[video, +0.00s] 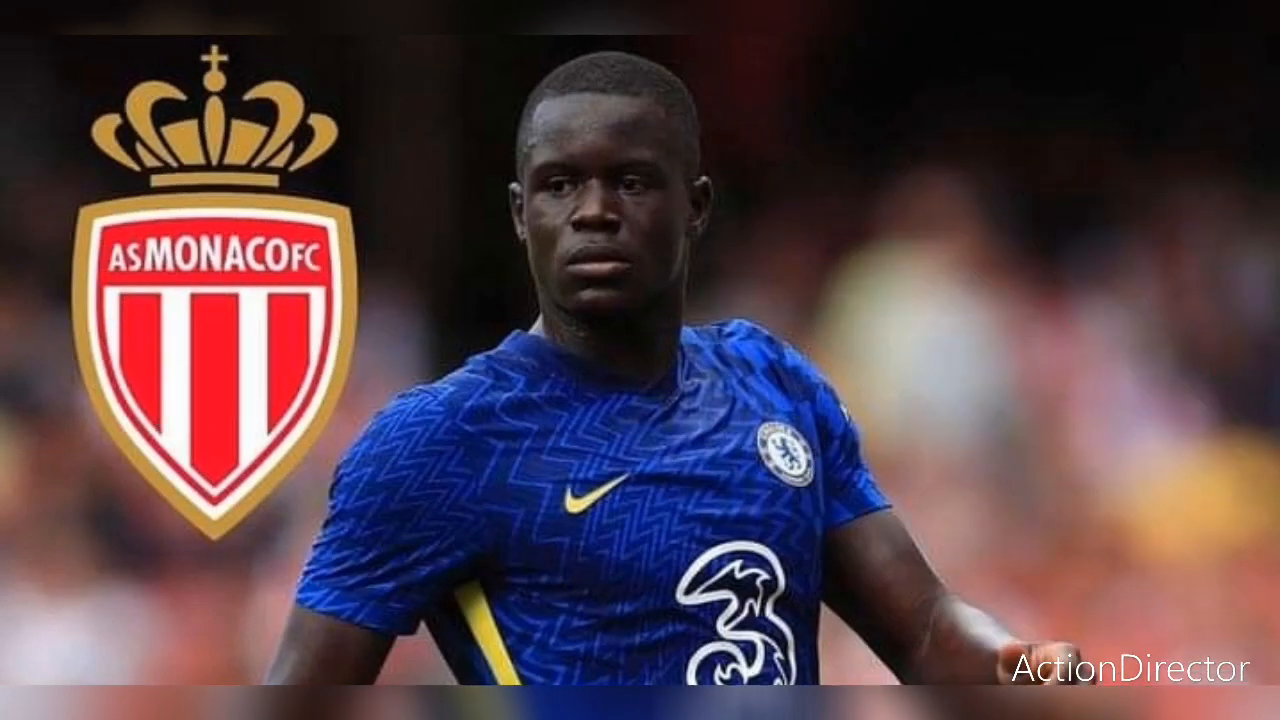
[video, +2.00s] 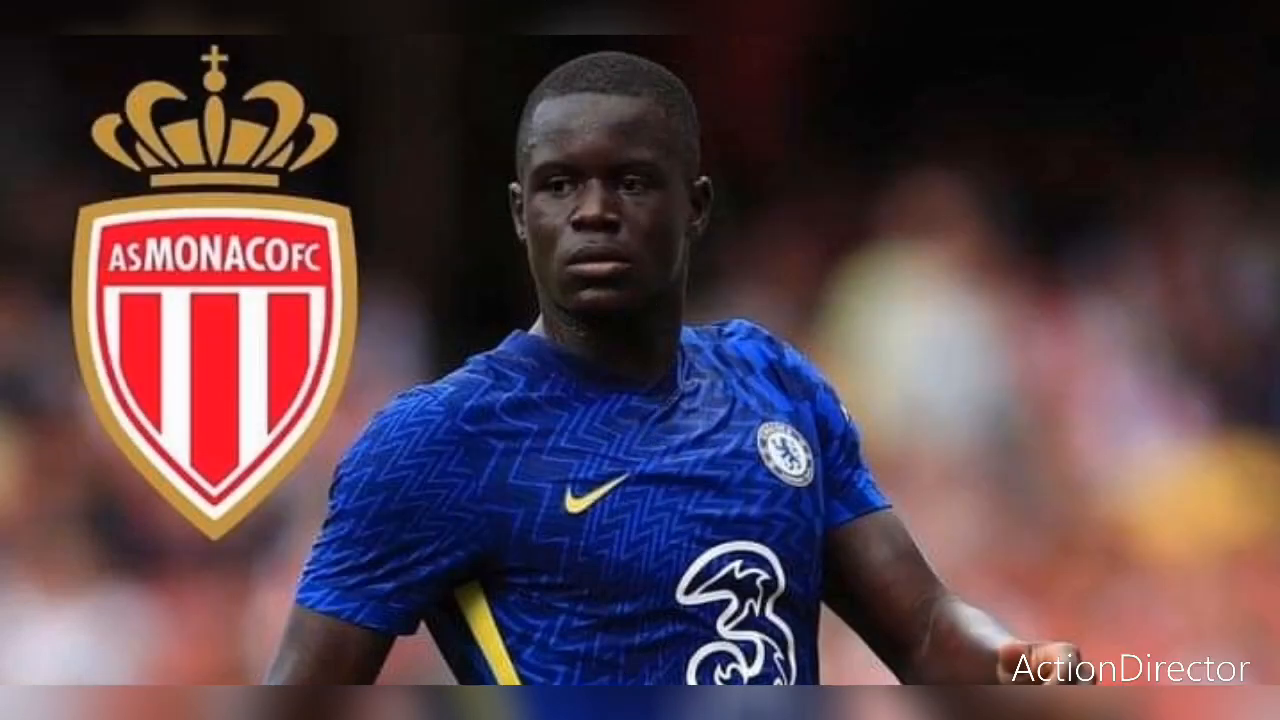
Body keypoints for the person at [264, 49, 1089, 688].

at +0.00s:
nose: (596, 209)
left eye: (633, 178)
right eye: (560, 181)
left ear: (697, 210)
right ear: (522, 216)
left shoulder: (770, 385)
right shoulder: (432, 445)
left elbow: (921, 626)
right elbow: (301, 692)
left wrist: (1021, 675)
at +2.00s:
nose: (596, 210)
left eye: (633, 178)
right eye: (560, 181)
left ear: (697, 208)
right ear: (522, 215)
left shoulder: (770, 385)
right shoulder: (433, 445)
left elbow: (921, 625)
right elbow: (301, 692)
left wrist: (1019, 674)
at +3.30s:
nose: (644, 218)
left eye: (680, 190)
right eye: (612, 193)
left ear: (739, 219)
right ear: (577, 223)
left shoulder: (807, 382)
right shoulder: (492, 439)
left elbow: (950, 608)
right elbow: (366, 682)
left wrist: (1045, 656)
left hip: (818, 705)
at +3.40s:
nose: (741, 225)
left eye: (774, 197)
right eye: (708, 199)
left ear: (831, 224)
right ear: (674, 228)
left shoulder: (897, 383)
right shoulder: (594, 437)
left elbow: (1032, 597)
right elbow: (474, 663)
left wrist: (1116, 641)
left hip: (906, 683)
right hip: (736, 697)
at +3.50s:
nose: (922, 234)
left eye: (954, 206)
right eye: (893, 209)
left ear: (1010, 232)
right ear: (857, 239)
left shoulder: (1072, 382)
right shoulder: (786, 431)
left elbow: (1204, 586)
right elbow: (668, 655)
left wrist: (1273, 628)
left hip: (1092, 691)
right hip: (904, 690)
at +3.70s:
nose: (676, 248)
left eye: (705, 224)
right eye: (648, 226)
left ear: (753, 245)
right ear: (613, 249)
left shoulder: (806, 381)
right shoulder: (554, 423)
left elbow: (927, 565)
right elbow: (437, 630)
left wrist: (992, 603)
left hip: (820, 696)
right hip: (672, 698)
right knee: (645, 700)